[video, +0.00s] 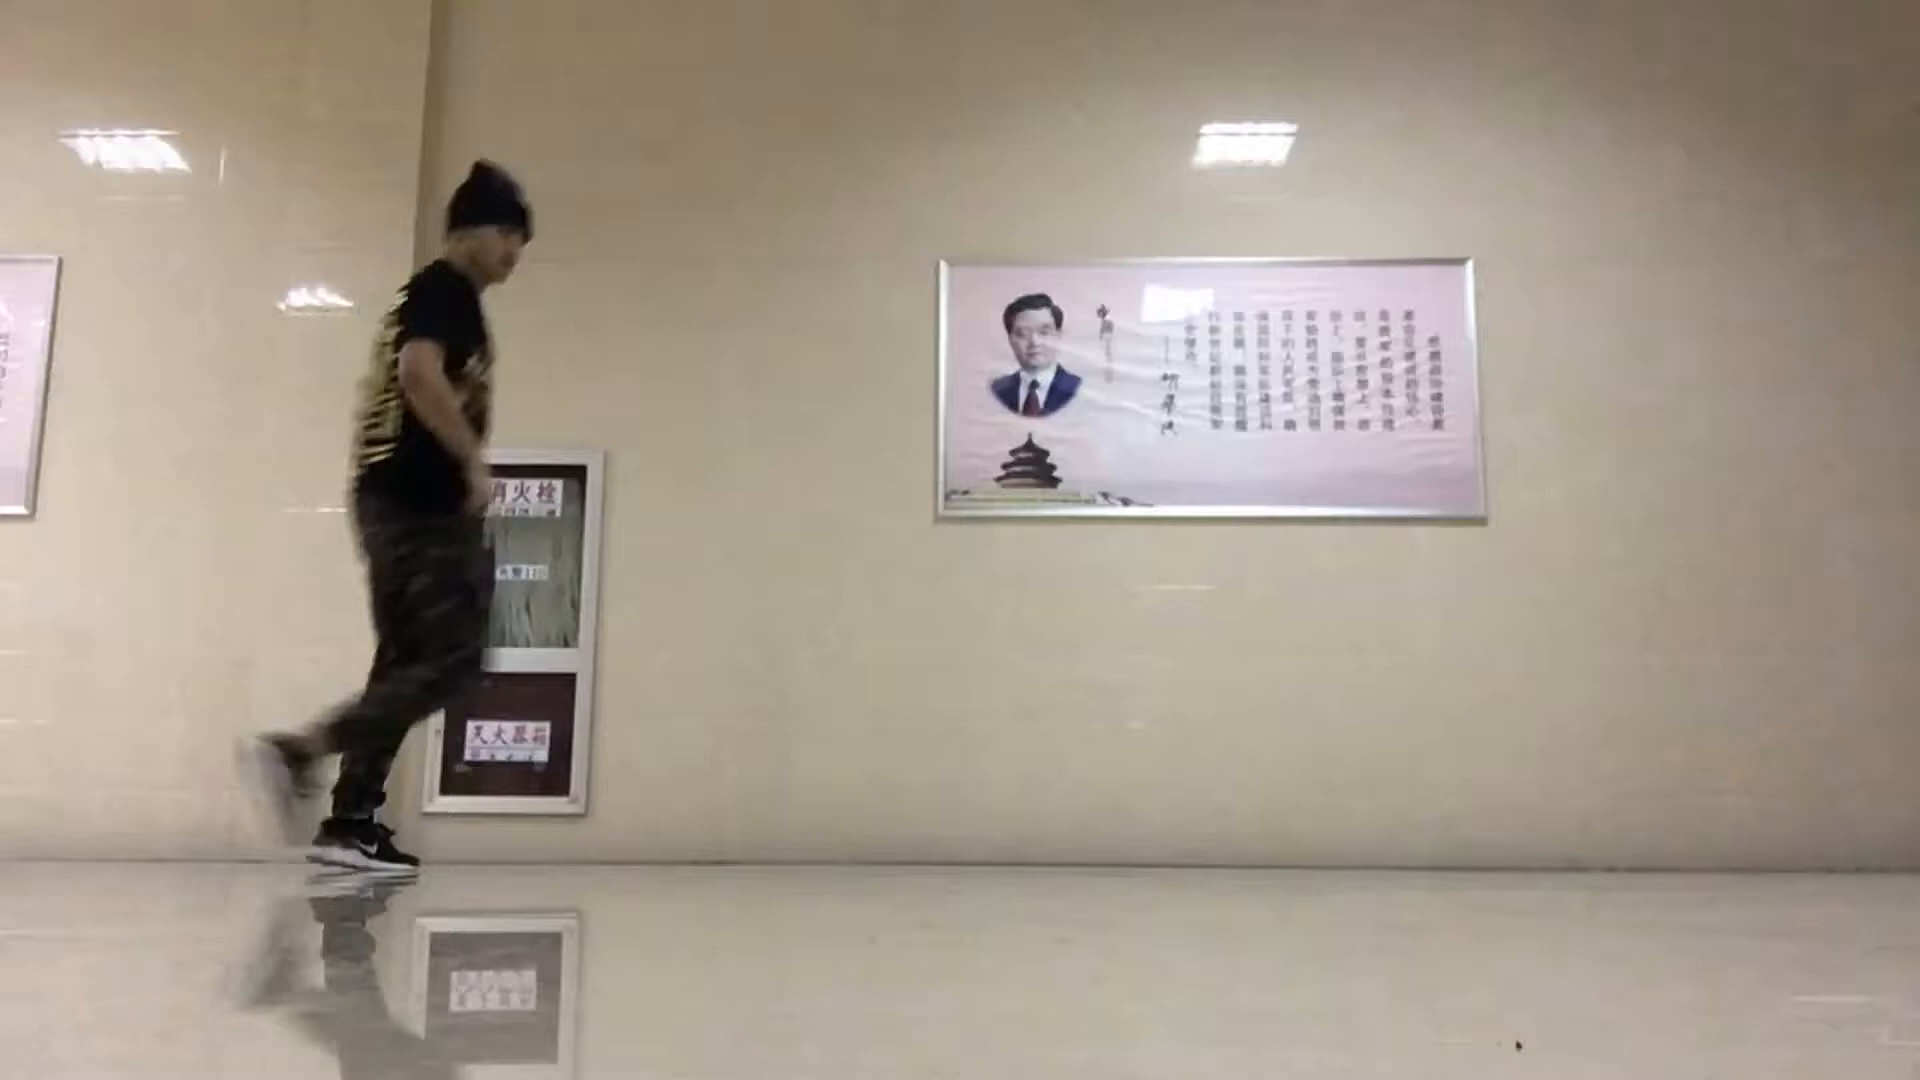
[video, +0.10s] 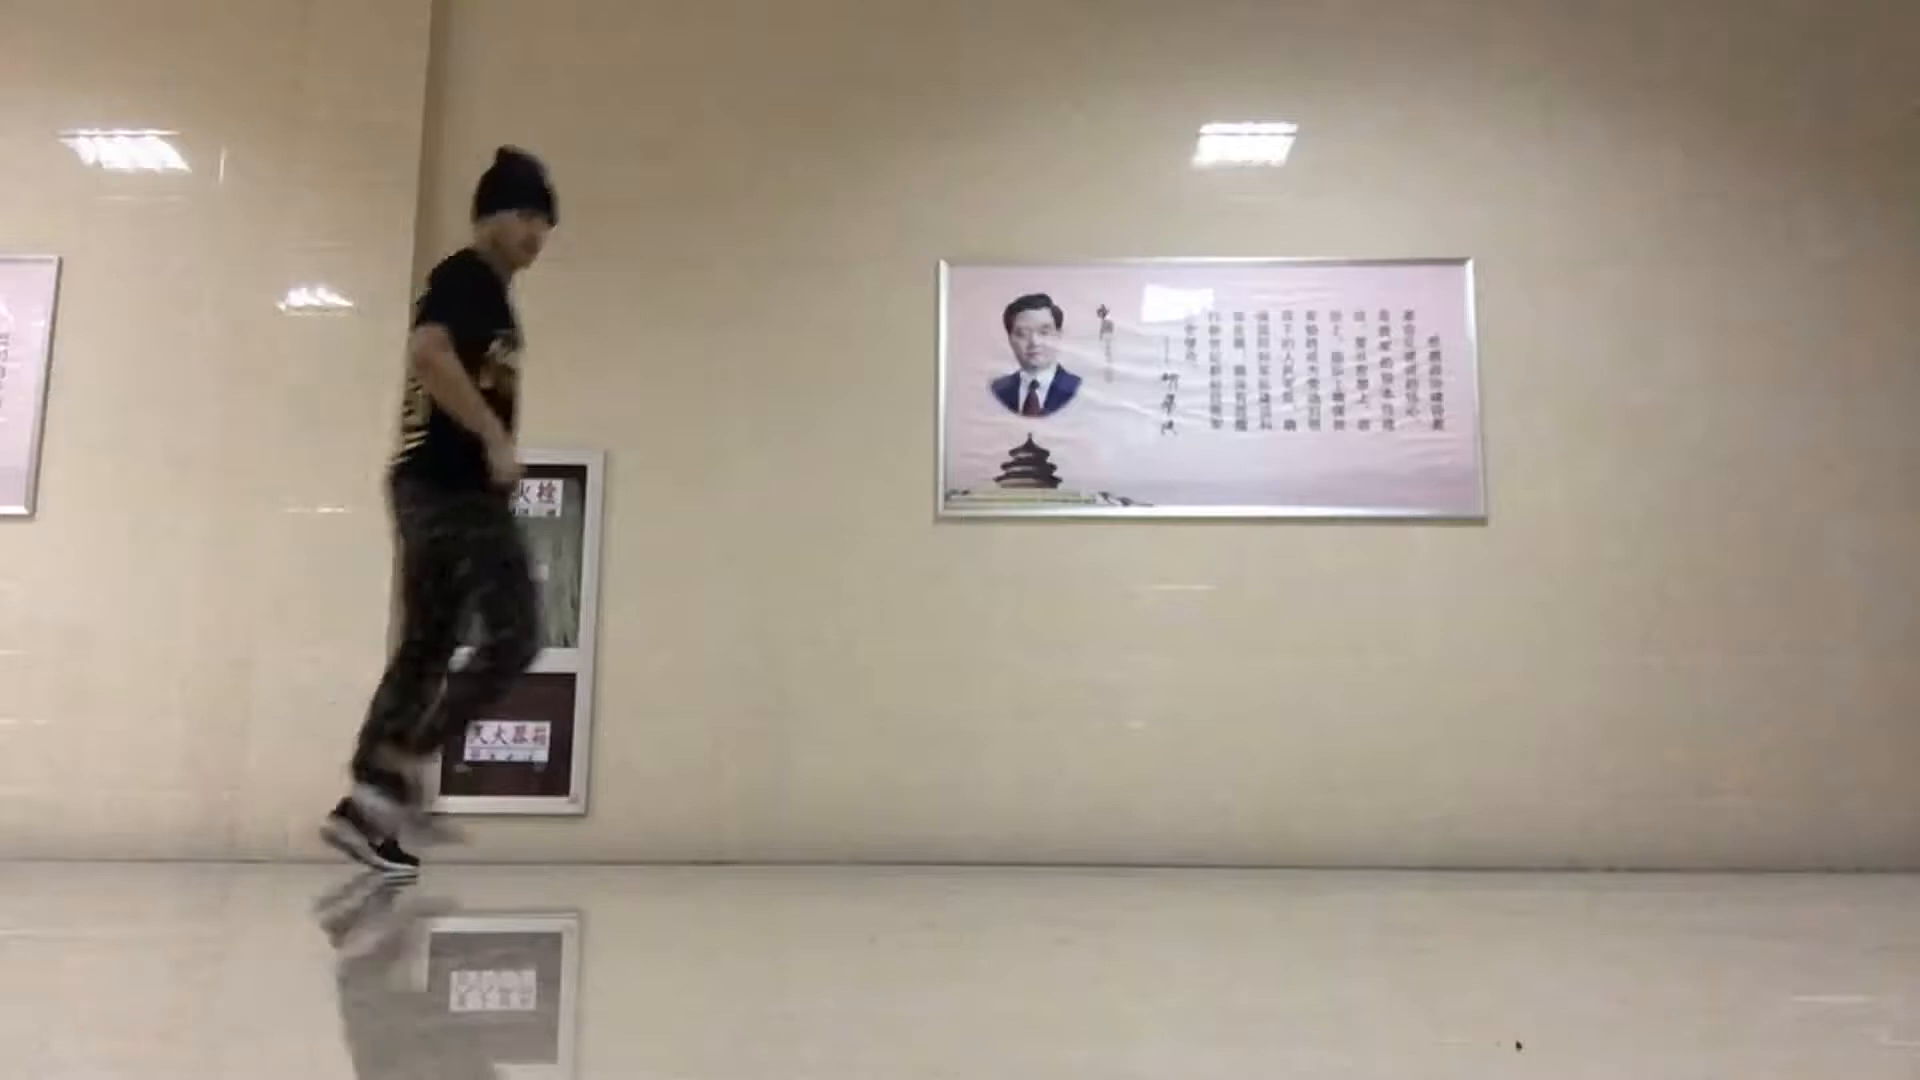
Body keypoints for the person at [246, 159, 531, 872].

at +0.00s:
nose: (517, 255)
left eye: (521, 242)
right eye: (513, 238)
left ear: (468, 231)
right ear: (478, 230)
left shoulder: (435, 292)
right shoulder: (446, 287)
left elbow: (410, 390)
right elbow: (418, 373)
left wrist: (457, 467)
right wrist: (473, 460)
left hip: (396, 495)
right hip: (419, 499)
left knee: (406, 656)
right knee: (452, 659)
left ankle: (353, 821)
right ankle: (301, 750)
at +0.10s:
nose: (540, 239)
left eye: (545, 227)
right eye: (533, 222)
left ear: (512, 224)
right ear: (496, 215)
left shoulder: (484, 287)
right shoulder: (465, 278)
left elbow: (455, 375)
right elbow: (431, 354)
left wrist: (491, 448)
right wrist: (492, 433)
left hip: (436, 485)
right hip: (450, 486)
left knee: (426, 640)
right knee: (513, 636)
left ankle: (372, 797)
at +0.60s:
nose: (762, 305)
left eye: (770, 291)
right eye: (747, 291)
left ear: (779, 298)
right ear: (716, 298)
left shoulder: (778, 379)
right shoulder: (685, 377)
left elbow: (813, 472)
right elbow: (651, 475)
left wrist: (806, 454)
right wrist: (721, 541)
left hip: (758, 560)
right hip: (707, 564)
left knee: (776, 701)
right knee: (789, 680)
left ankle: (648, 779)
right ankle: (764, 830)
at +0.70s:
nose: (798, 293)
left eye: (807, 279)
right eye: (783, 282)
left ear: (817, 284)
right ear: (755, 288)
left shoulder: (826, 364)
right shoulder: (727, 369)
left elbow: (862, 444)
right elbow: (705, 472)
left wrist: (860, 470)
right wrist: (764, 540)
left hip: (812, 545)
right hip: (753, 551)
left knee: (853, 682)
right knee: (810, 680)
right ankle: (766, 828)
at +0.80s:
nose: (838, 259)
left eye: (845, 246)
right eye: (823, 247)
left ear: (854, 250)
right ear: (793, 253)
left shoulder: (874, 329)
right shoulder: (760, 338)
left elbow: (904, 409)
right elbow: (745, 438)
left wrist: (931, 477)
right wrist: (802, 500)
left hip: (867, 515)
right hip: (795, 520)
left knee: (901, 653)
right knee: (804, 666)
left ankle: (905, 793)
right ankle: (779, 810)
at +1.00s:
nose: (907, 275)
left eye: (916, 262)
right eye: (892, 263)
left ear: (931, 267)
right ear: (867, 270)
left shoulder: (962, 346)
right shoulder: (835, 355)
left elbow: (1007, 426)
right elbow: (813, 444)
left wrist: (1052, 478)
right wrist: (854, 467)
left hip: (946, 529)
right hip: (872, 535)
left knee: (953, 670)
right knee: (883, 672)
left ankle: (958, 810)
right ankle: (926, 776)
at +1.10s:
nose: (940, 309)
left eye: (952, 296)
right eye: (926, 297)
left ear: (968, 303)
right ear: (904, 304)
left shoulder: (999, 382)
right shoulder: (879, 390)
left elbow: (1052, 463)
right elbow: (855, 486)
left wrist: (1116, 523)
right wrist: (876, 498)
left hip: (980, 564)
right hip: (911, 564)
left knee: (953, 702)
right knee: (922, 715)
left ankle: (952, 826)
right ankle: (1011, 763)